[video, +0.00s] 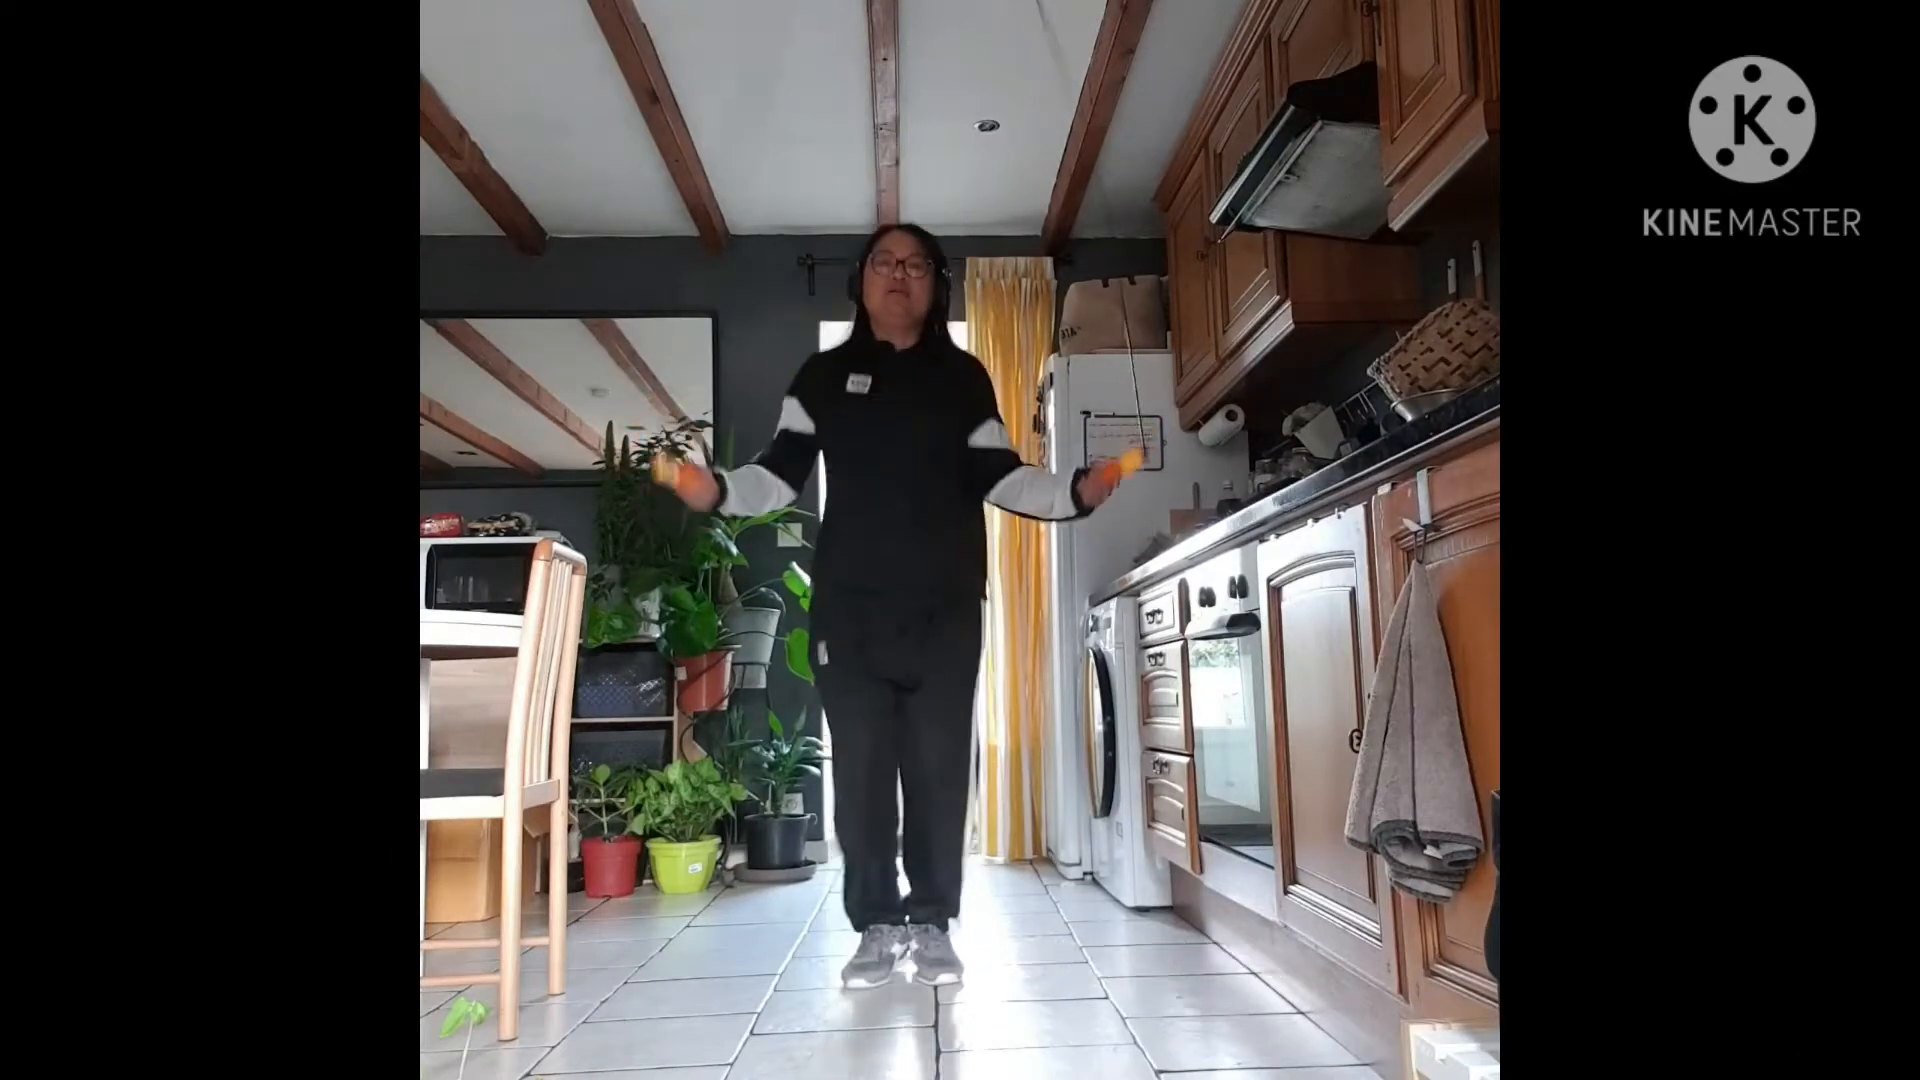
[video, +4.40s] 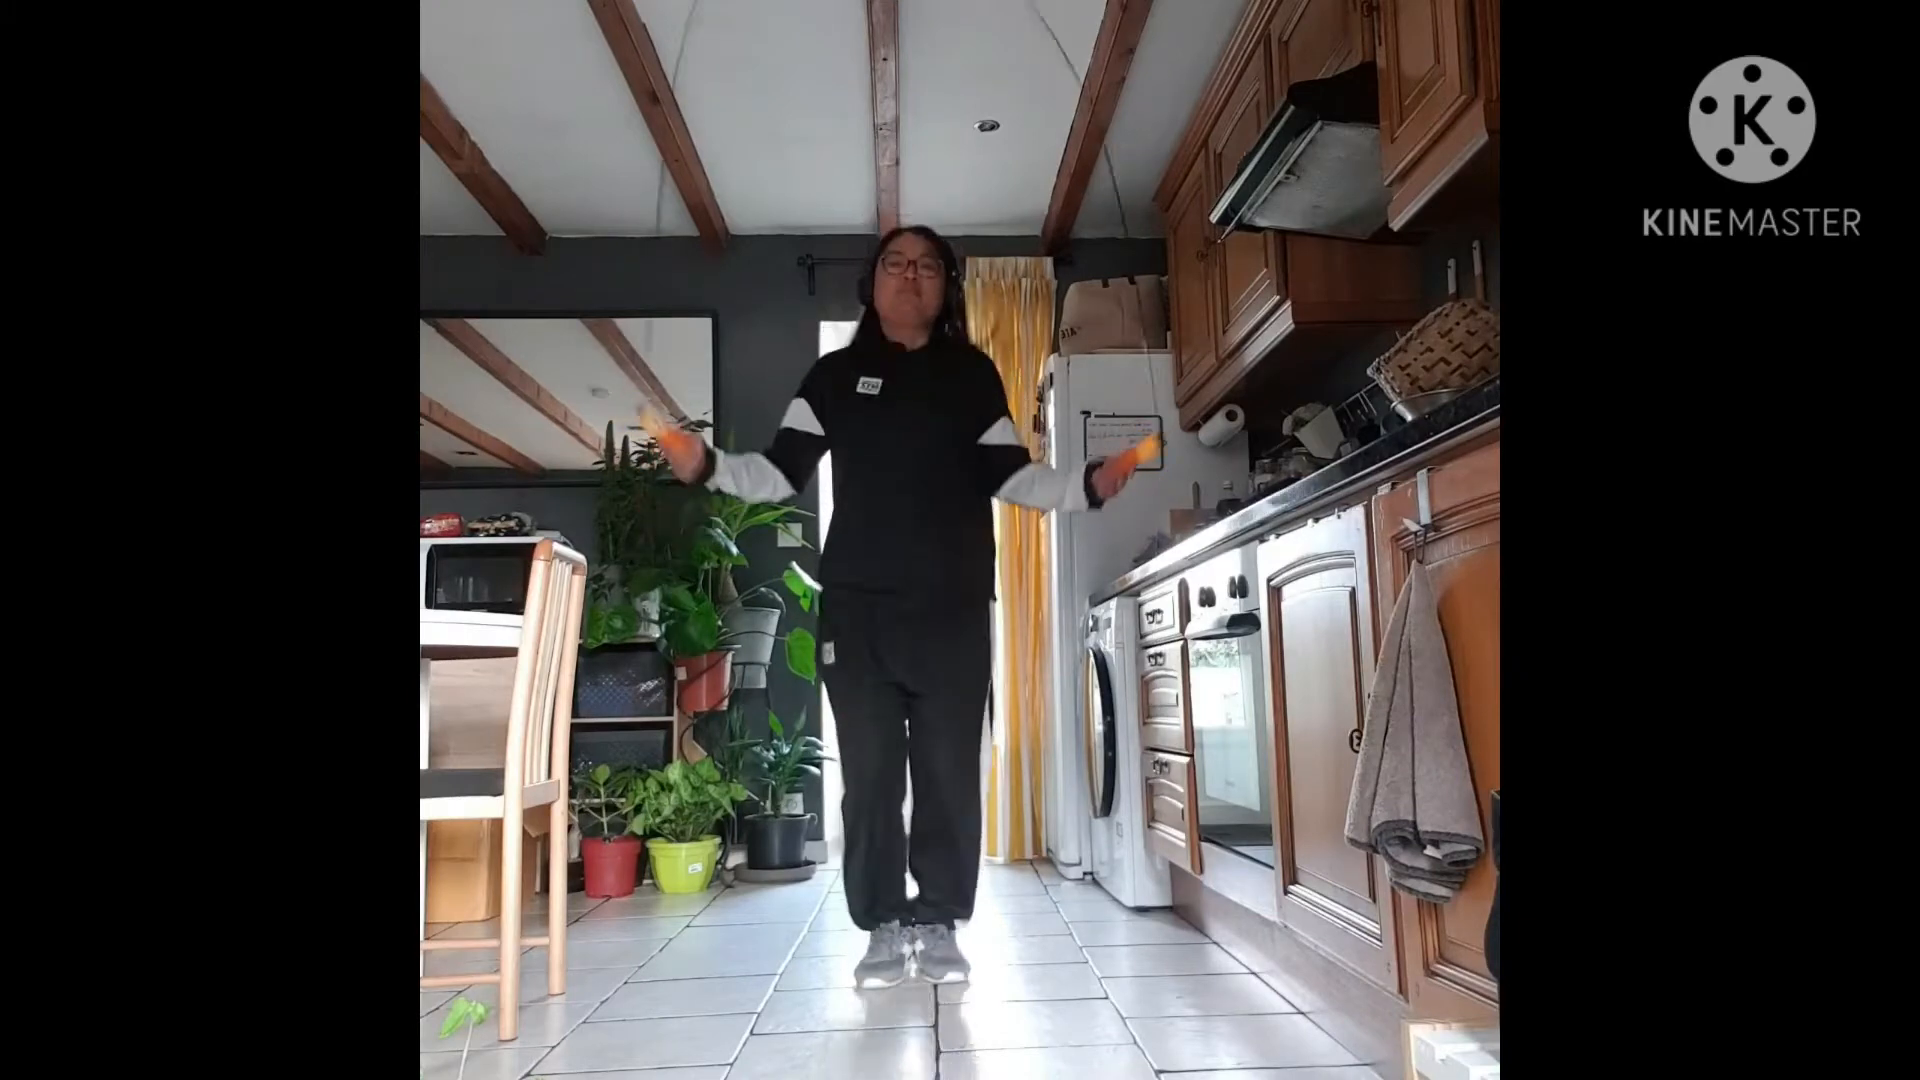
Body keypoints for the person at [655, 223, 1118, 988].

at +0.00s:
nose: (898, 274)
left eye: (914, 264)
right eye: (884, 262)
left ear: (937, 286)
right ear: (861, 282)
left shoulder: (964, 377)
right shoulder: (827, 373)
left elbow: (998, 475)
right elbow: (780, 473)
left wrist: (1075, 491)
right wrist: (718, 489)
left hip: (945, 598)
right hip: (853, 597)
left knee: (938, 764)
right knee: (862, 765)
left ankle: (933, 924)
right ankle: (876, 928)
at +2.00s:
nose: (899, 215)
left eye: (915, 204)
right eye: (885, 203)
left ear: (939, 223)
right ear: (859, 222)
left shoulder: (962, 310)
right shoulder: (827, 308)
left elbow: (999, 419)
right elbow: (782, 418)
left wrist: (1077, 464)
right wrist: (697, 450)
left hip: (945, 537)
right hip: (851, 536)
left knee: (941, 712)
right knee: (861, 714)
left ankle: (937, 883)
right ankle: (874, 883)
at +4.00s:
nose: (901, 283)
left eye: (918, 272)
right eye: (888, 270)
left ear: (941, 291)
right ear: (866, 287)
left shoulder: (967, 380)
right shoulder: (829, 377)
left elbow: (1001, 483)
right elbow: (783, 477)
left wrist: (1075, 515)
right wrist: (725, 507)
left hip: (949, 599)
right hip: (853, 599)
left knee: (944, 765)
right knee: (867, 765)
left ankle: (935, 922)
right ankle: (881, 923)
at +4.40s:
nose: (908, 275)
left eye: (925, 265)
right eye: (895, 263)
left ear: (947, 287)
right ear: (871, 283)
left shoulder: (971, 372)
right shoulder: (839, 372)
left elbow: (1008, 474)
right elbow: (780, 472)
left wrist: (1087, 484)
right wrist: (708, 464)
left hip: (952, 597)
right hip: (858, 595)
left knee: (946, 764)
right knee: (871, 766)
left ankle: (940, 924)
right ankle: (885, 925)